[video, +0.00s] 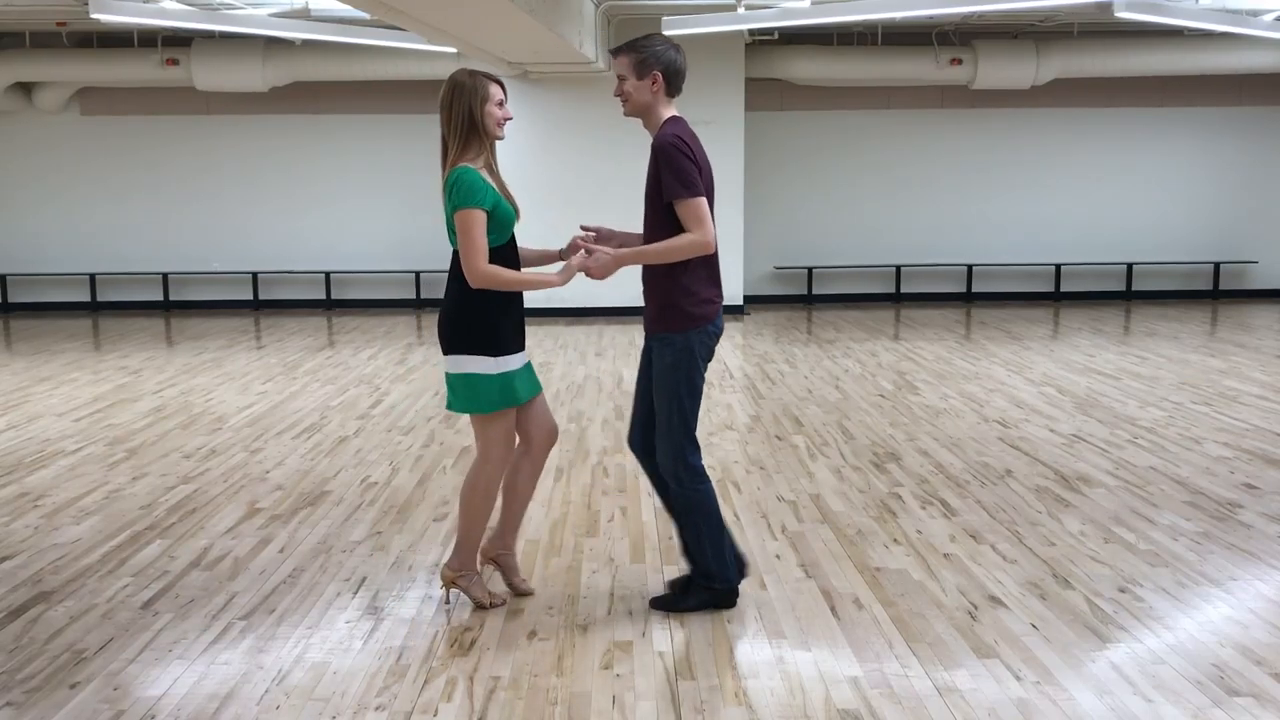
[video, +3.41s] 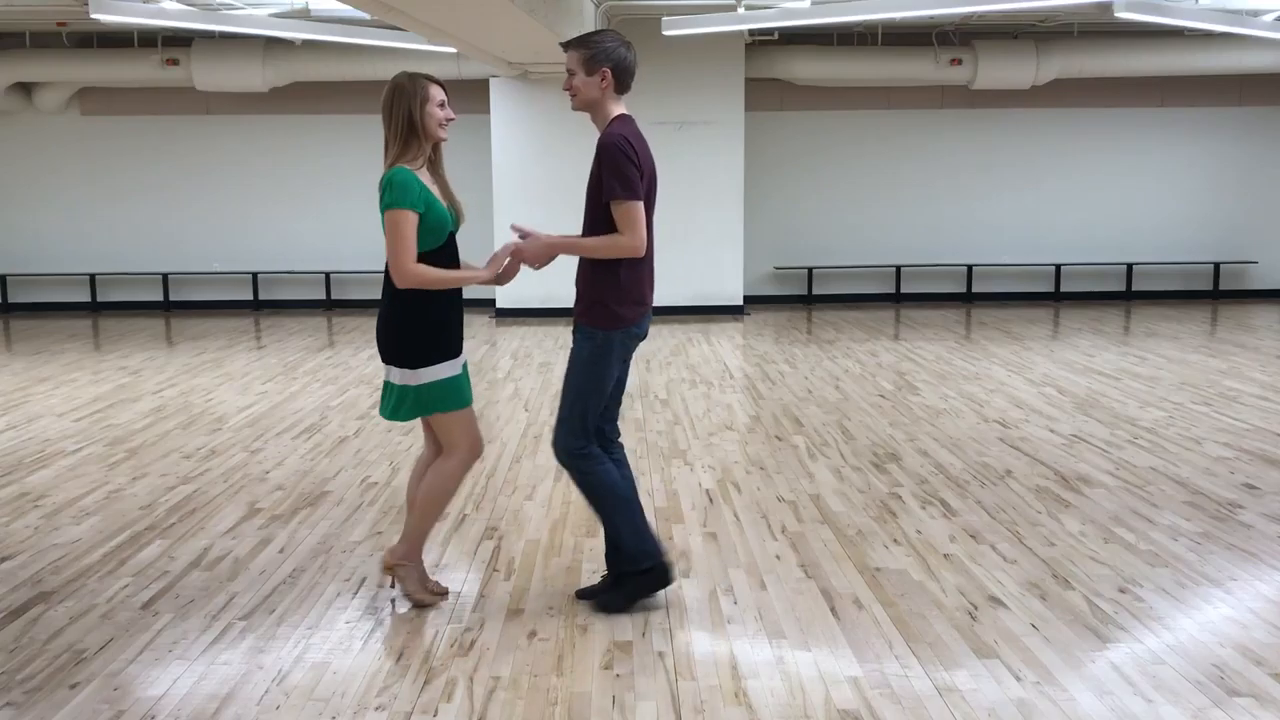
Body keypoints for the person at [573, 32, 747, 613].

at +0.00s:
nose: (616, 92)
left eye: (622, 81)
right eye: (615, 82)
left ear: (656, 81)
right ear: (653, 84)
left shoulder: (673, 143)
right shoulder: (669, 139)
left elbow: (702, 238)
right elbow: (676, 235)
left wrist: (622, 259)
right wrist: (616, 240)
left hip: (686, 324)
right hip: (672, 323)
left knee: (672, 447)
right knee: (646, 439)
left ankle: (716, 578)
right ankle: (717, 557)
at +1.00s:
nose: (573, 85)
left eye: (580, 74)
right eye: (573, 75)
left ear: (612, 77)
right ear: (612, 79)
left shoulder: (628, 139)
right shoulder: (625, 136)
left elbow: (648, 240)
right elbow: (626, 233)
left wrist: (574, 235)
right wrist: (568, 234)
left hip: (622, 318)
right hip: (615, 315)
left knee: (600, 446)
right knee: (607, 443)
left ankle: (678, 556)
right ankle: (630, 566)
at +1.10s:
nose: (565, 84)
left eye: (572, 74)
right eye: (566, 74)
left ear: (603, 77)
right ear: (604, 78)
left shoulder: (620, 143)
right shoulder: (616, 139)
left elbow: (641, 242)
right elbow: (619, 236)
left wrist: (560, 251)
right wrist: (556, 254)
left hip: (610, 320)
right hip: (611, 316)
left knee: (570, 442)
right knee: (606, 436)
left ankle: (628, 569)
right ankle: (637, 567)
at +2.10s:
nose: (586, 85)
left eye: (591, 74)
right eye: (586, 74)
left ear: (623, 74)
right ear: (622, 77)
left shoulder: (641, 136)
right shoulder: (640, 133)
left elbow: (667, 231)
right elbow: (641, 226)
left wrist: (587, 224)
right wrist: (581, 214)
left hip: (645, 320)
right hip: (629, 317)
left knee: (654, 445)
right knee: (609, 434)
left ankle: (710, 570)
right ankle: (630, 563)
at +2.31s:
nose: (607, 88)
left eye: (613, 77)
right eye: (607, 78)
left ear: (645, 78)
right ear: (645, 80)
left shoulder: (663, 141)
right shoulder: (663, 137)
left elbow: (687, 239)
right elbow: (667, 236)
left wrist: (607, 263)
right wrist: (607, 241)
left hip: (677, 322)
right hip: (660, 320)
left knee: (668, 446)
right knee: (636, 436)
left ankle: (713, 580)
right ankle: (685, 565)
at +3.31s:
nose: (577, 82)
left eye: (583, 72)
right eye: (577, 72)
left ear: (614, 75)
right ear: (614, 77)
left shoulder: (627, 139)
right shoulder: (633, 134)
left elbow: (644, 236)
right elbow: (634, 224)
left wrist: (572, 217)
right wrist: (578, 224)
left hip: (629, 318)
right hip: (619, 316)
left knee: (615, 442)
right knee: (607, 440)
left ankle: (696, 558)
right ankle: (632, 568)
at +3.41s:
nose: (565, 84)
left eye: (572, 74)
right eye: (565, 74)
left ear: (602, 77)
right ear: (606, 78)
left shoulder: (617, 142)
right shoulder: (623, 137)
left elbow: (633, 241)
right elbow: (621, 237)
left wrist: (553, 244)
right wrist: (550, 244)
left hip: (610, 318)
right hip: (616, 315)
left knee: (574, 442)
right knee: (600, 437)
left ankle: (643, 565)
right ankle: (628, 567)